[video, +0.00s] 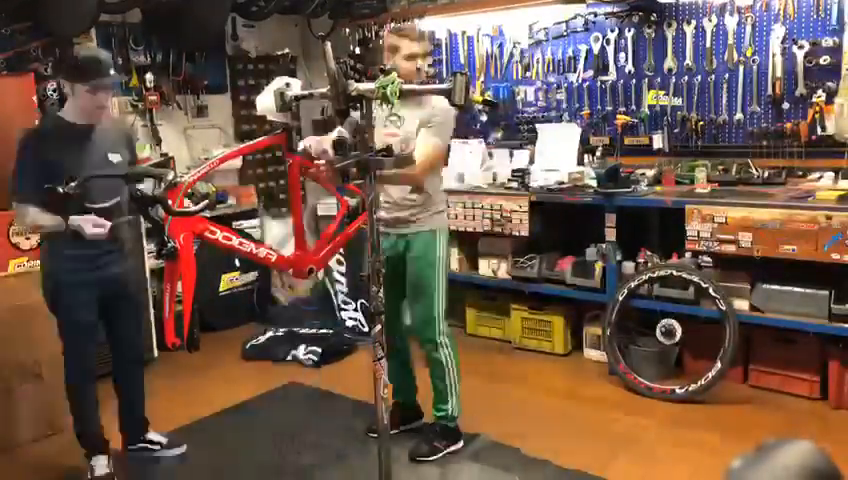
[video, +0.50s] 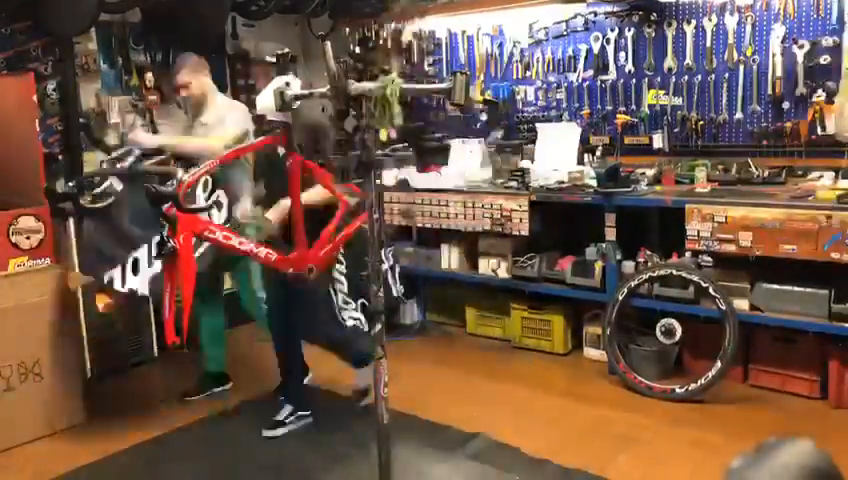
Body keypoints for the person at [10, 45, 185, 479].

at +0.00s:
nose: (106, 100)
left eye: (109, 90)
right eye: (97, 91)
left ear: (113, 89)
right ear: (70, 90)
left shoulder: (118, 136)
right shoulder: (38, 142)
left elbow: (130, 191)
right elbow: (24, 213)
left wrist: (153, 192)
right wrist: (71, 223)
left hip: (122, 263)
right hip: (72, 270)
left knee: (131, 353)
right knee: (82, 361)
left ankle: (135, 436)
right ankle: (96, 452)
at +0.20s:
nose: (141, 100)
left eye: (146, 86)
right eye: (128, 91)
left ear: (159, 80)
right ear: (112, 95)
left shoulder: (186, 128)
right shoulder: (102, 151)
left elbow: (222, 192)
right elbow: (91, 228)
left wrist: (221, 173)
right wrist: (131, 255)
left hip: (193, 267)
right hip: (137, 276)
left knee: (199, 376)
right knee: (145, 379)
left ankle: (190, 470)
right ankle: (134, 473)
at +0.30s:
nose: (144, 91)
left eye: (151, 79)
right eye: (134, 82)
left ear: (169, 78)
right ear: (124, 87)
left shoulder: (198, 123)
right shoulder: (115, 144)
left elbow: (253, 114)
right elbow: (100, 222)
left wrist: (238, 67)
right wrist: (136, 256)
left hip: (210, 269)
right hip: (156, 279)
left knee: (244, 357)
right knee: (162, 380)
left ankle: (253, 449)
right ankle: (167, 471)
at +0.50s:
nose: (181, 94)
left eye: (186, 86)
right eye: (178, 88)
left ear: (206, 80)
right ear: (179, 89)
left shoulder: (236, 112)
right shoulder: (187, 119)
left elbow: (217, 146)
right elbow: (168, 149)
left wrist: (157, 140)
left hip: (241, 218)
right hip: (203, 220)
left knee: (255, 296)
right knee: (207, 296)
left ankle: (294, 365)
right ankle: (215, 375)